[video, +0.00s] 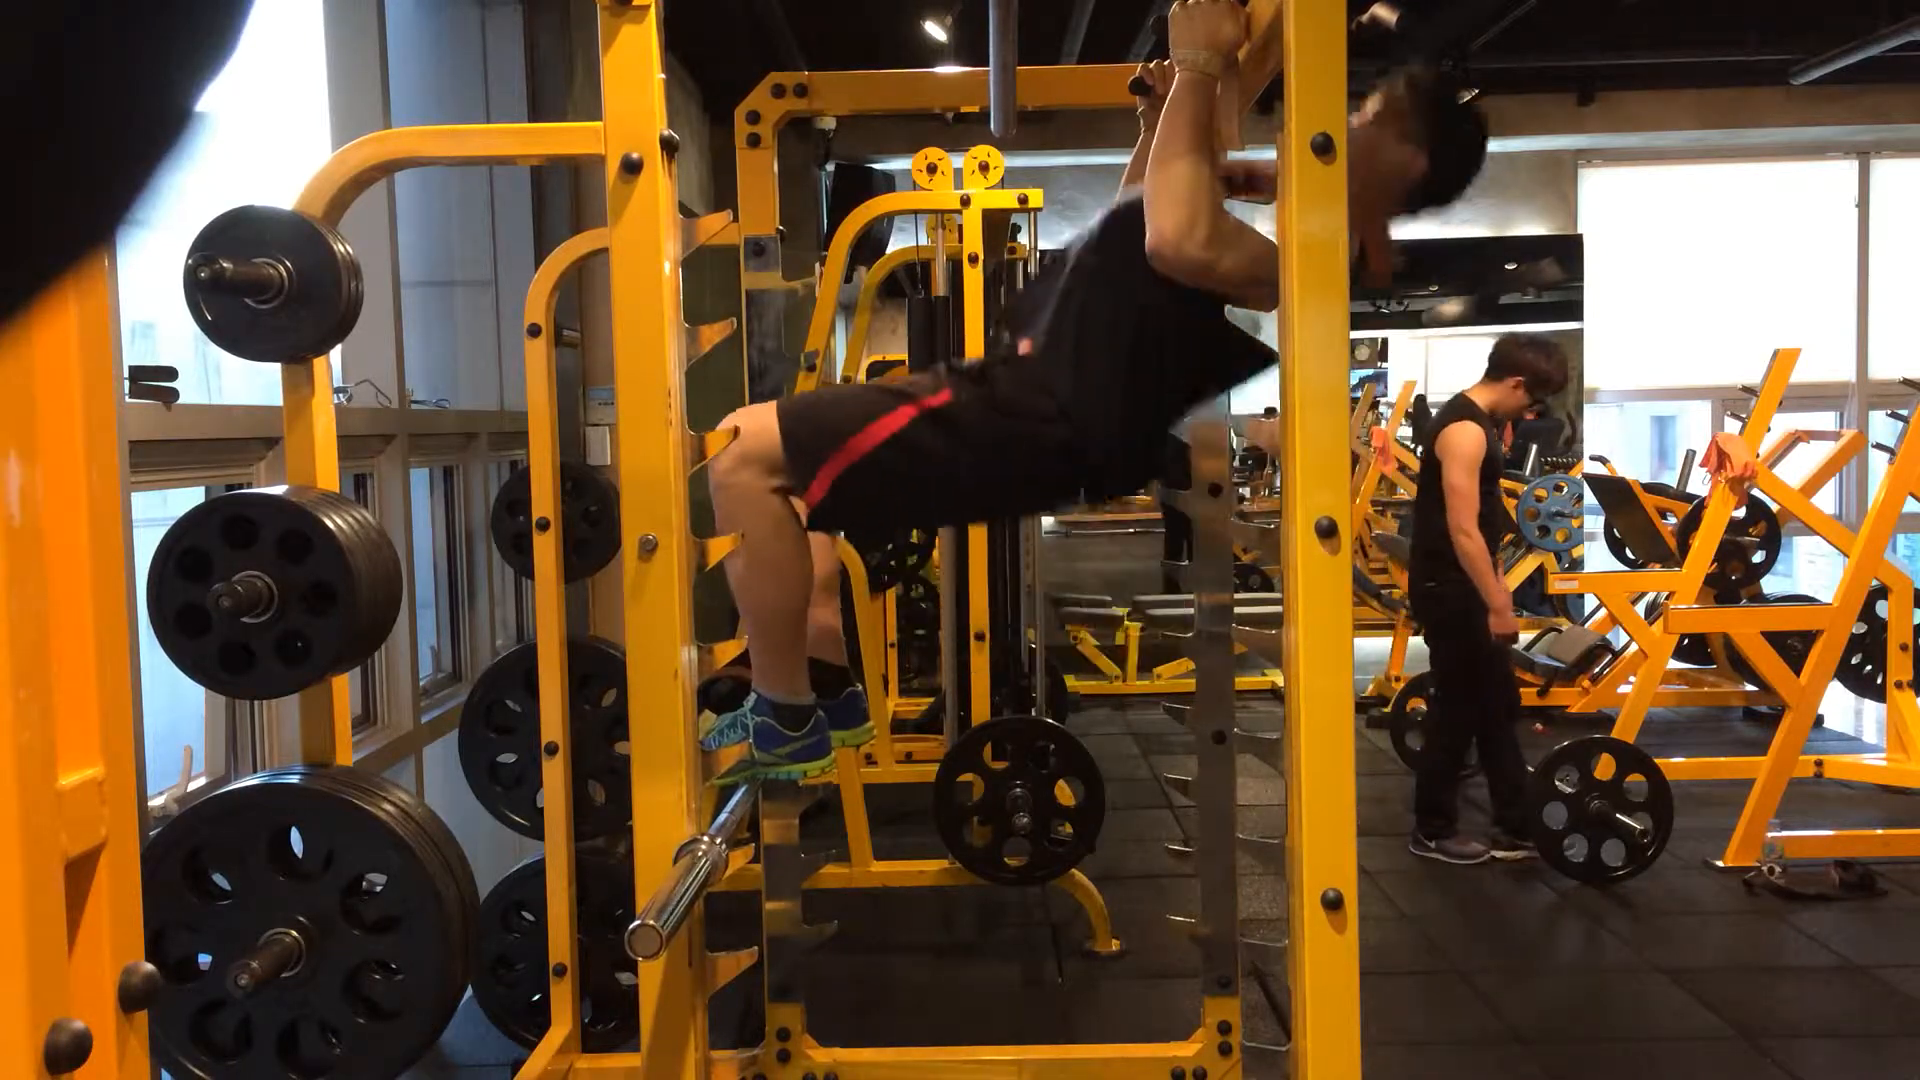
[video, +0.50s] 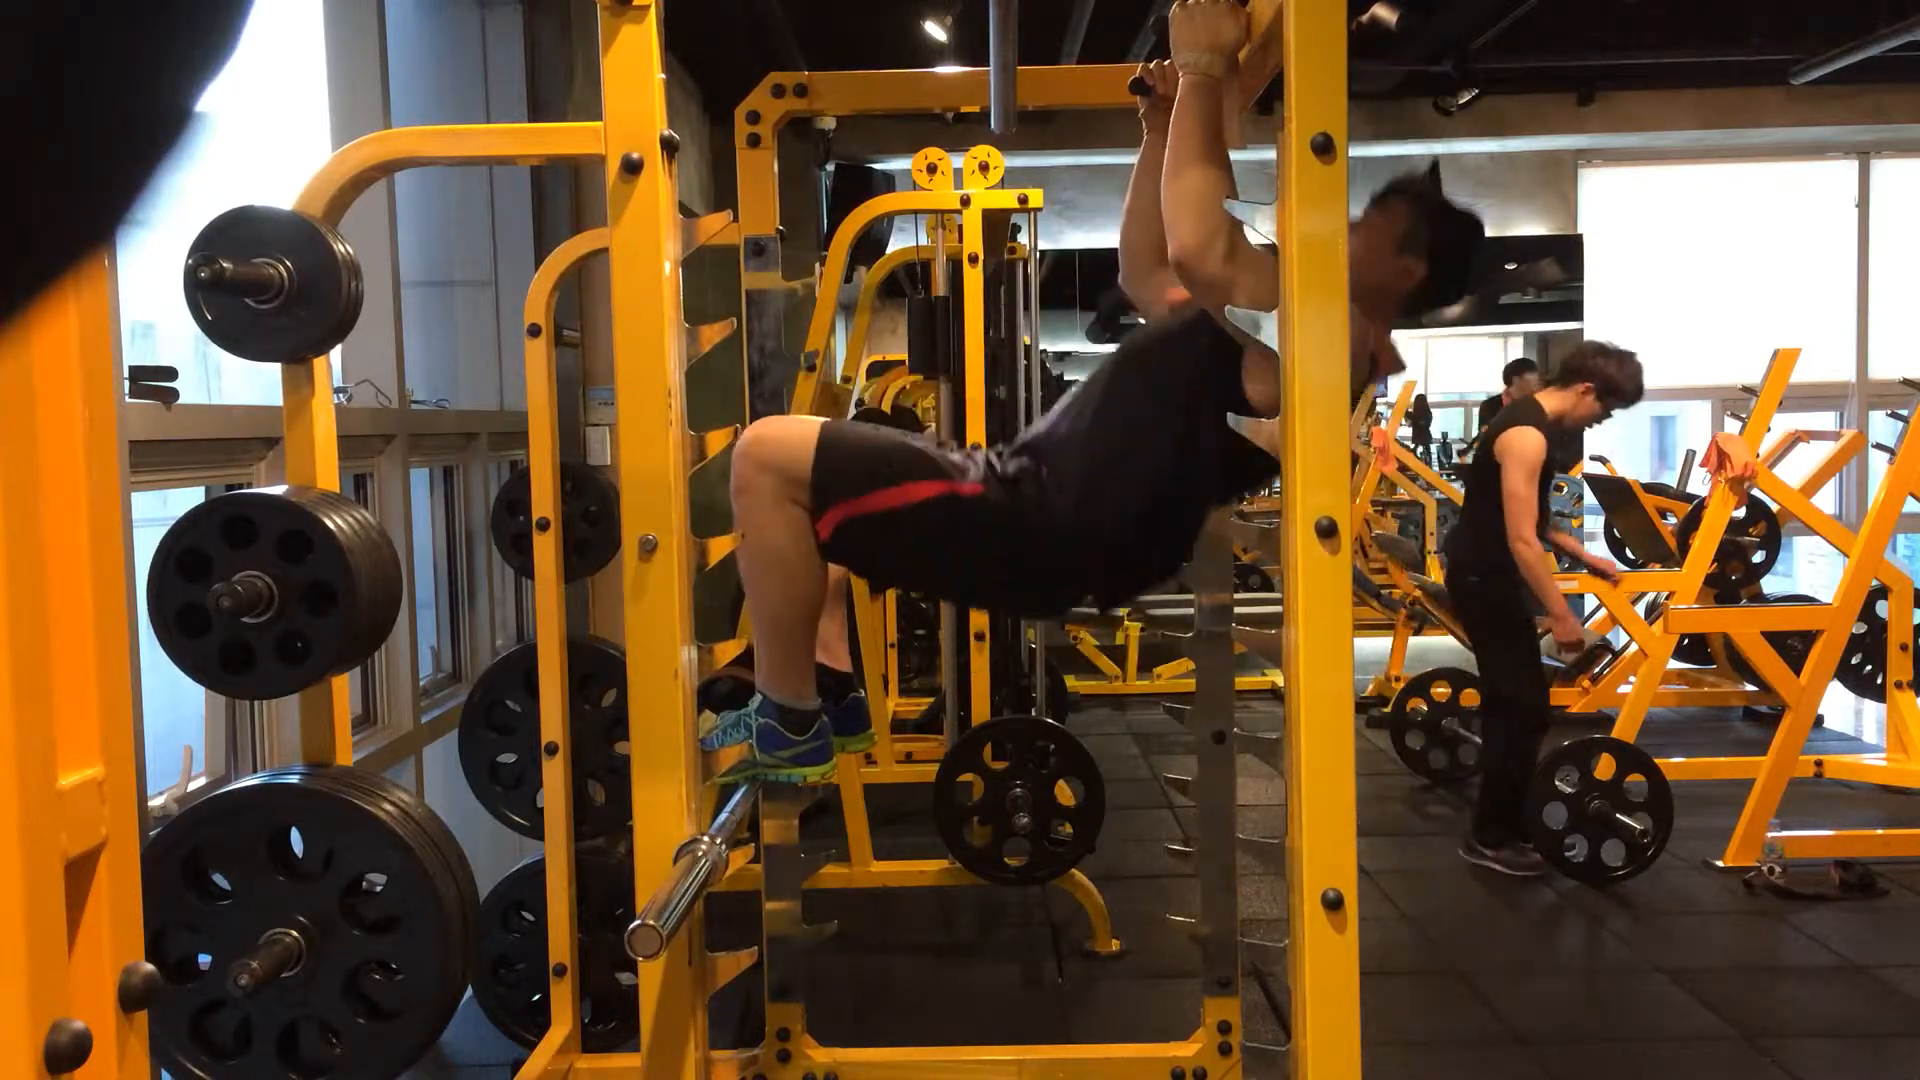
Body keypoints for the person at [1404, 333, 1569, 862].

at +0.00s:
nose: (1530, 411)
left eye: (1535, 403)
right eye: (1532, 400)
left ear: (1509, 382)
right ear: (1513, 383)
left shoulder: (1474, 423)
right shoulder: (1463, 430)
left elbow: (1472, 526)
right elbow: (1462, 531)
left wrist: (1495, 592)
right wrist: (1499, 603)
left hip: (1465, 588)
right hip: (1450, 591)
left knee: (1496, 706)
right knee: (1457, 709)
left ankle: (1515, 824)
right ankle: (1432, 830)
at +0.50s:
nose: (1599, 421)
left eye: (1605, 413)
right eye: (1603, 410)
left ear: (1583, 388)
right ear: (1585, 389)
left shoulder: (1540, 429)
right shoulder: (1523, 435)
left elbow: (1538, 524)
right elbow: (1520, 541)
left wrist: (1589, 557)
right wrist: (1562, 614)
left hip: (1499, 576)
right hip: (1484, 580)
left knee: (1521, 702)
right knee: (1519, 704)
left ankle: (1504, 828)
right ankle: (1492, 837)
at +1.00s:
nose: (1656, 503)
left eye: (1666, 498)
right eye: (1665, 496)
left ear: (1653, 461)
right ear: (1656, 471)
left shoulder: (1597, 447)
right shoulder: (1593, 502)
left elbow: (1609, 541)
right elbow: (1575, 604)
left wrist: (1651, 589)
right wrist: (1589, 685)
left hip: (1479, 559)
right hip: (1481, 573)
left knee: (1505, 702)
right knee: (1504, 708)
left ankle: (1502, 821)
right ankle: (1494, 838)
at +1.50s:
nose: (1675, 534)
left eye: (1682, 532)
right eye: (1683, 529)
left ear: (1677, 478)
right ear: (1683, 507)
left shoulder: (1620, 447)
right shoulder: (1624, 533)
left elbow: (1623, 540)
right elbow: (1601, 633)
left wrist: (1653, 591)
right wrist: (1606, 719)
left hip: (1465, 544)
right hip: (1492, 572)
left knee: (1441, 672)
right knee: (1498, 708)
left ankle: (1389, 775)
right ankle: (1492, 839)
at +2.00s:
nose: (1659, 524)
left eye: (1666, 522)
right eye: (1667, 519)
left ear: (1655, 467)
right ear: (1667, 494)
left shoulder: (1599, 443)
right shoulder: (1609, 520)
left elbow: (1615, 529)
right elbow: (1592, 625)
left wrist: (1649, 588)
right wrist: (1602, 709)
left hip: (1453, 556)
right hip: (1482, 579)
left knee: (1450, 686)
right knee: (1493, 708)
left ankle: (1406, 793)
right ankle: (1491, 838)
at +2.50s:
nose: (1655, 528)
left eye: (1662, 526)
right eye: (1663, 523)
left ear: (1647, 466)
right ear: (1663, 501)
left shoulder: (1596, 445)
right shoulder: (1602, 526)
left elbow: (1611, 533)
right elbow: (1580, 630)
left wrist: (1649, 589)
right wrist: (1581, 714)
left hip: (1448, 552)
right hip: (1474, 578)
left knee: (1441, 685)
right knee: (1488, 706)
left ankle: (1402, 792)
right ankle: (1490, 837)